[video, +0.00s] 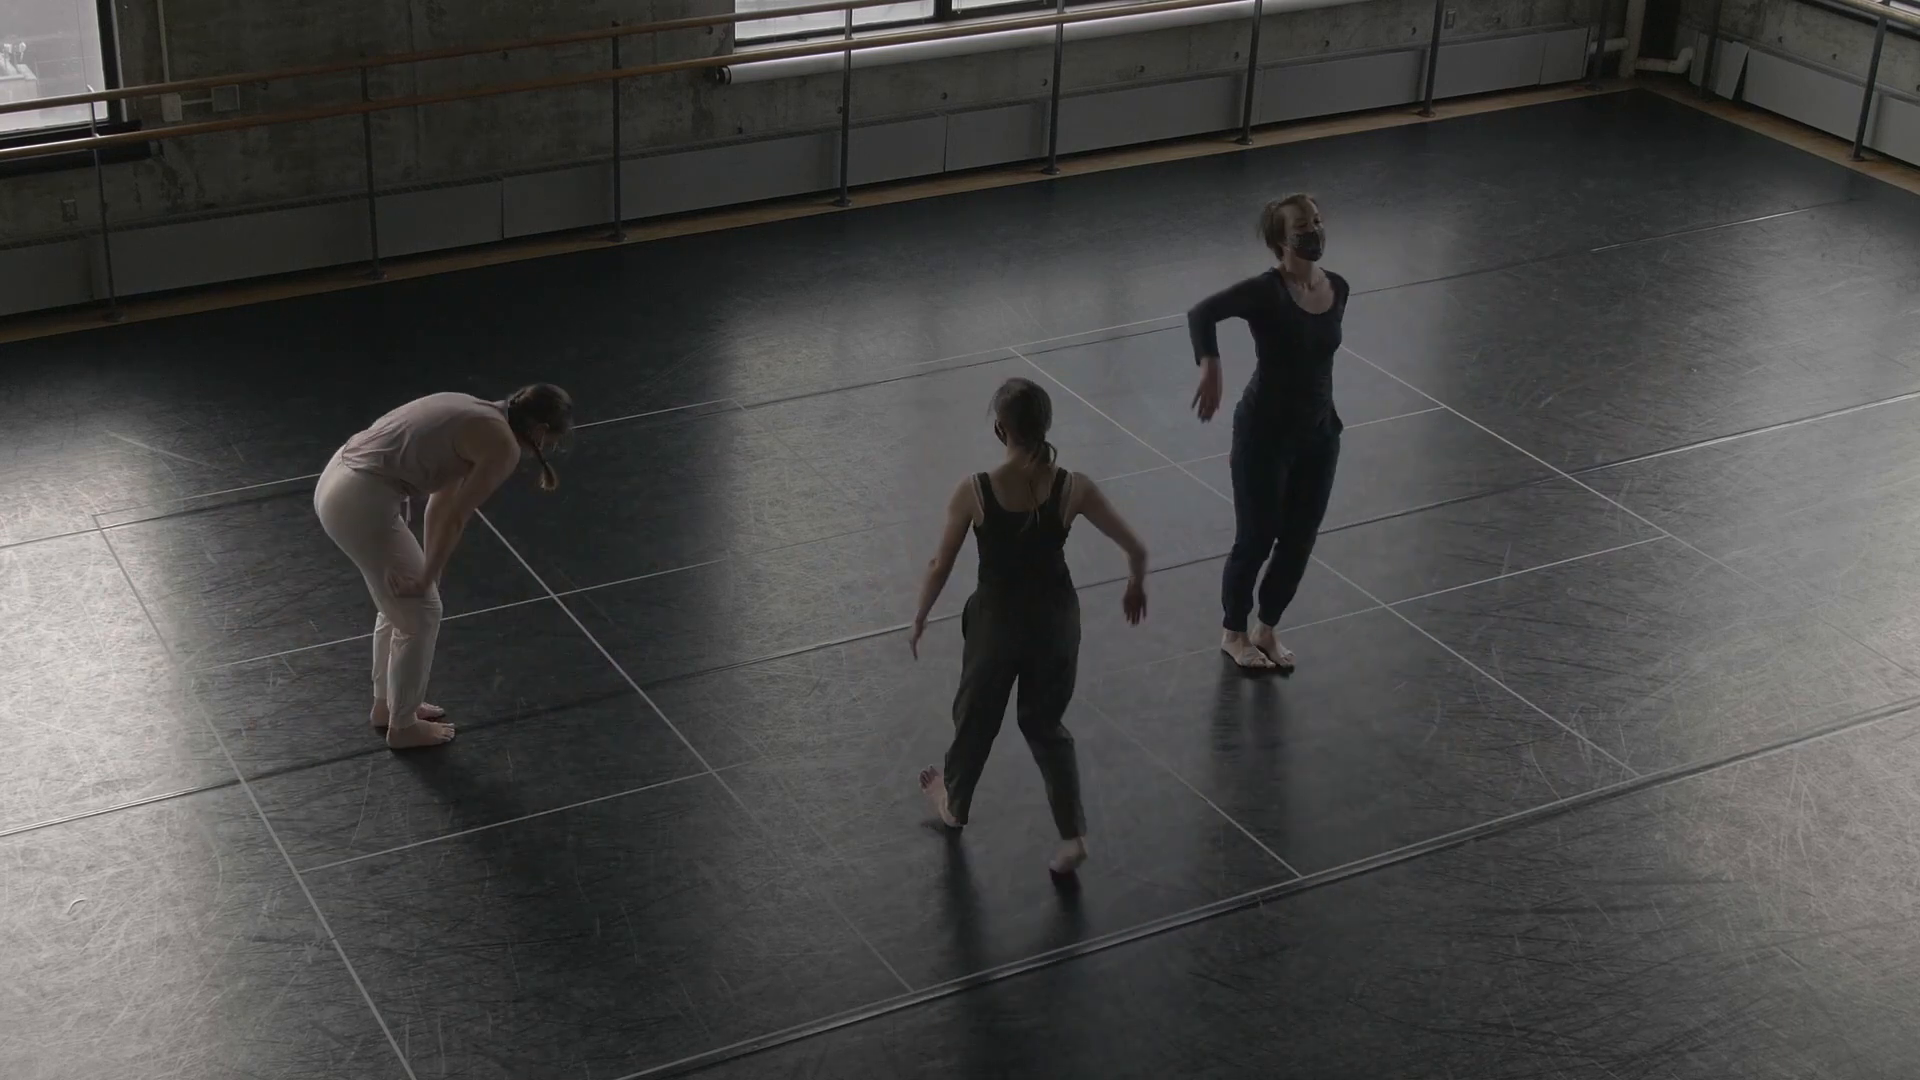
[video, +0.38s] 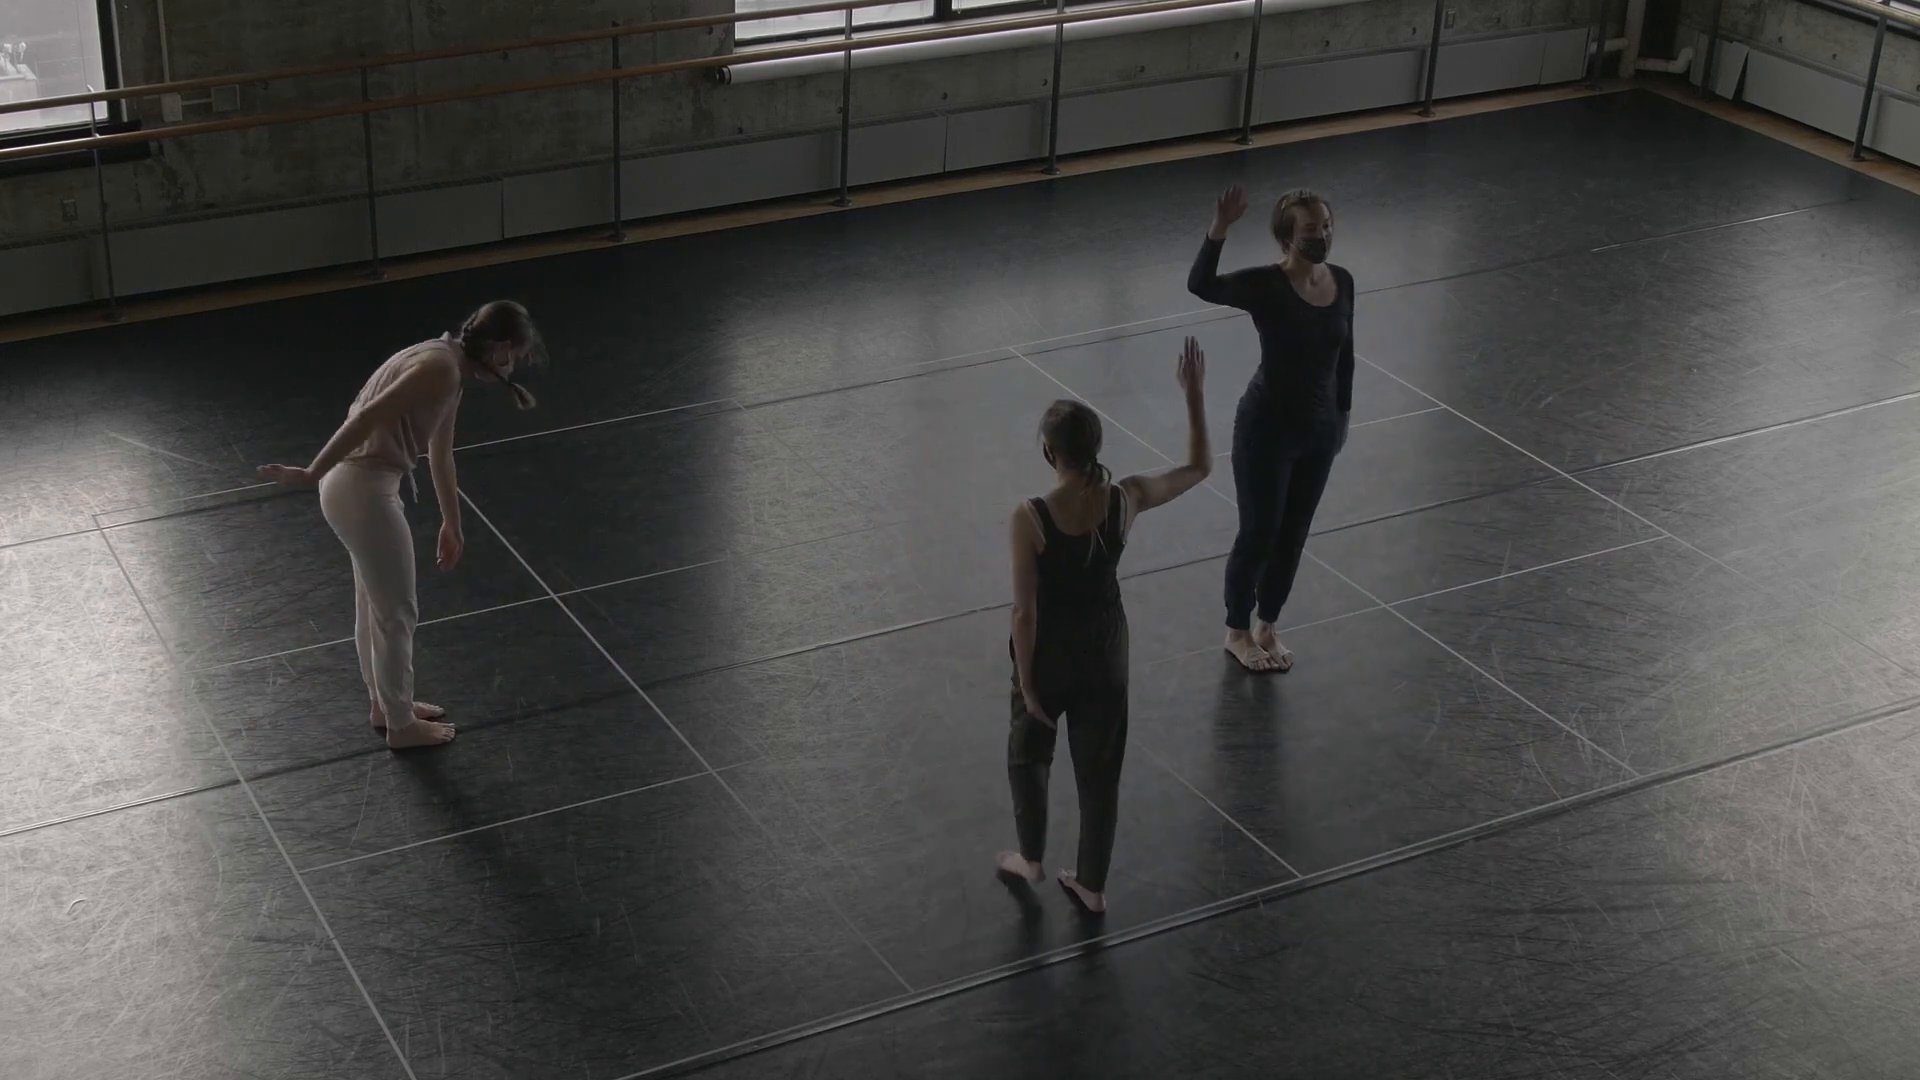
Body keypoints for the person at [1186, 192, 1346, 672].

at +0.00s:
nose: (1314, 230)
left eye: (1317, 222)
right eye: (1302, 227)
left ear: (1325, 229)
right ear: (1280, 241)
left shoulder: (1336, 287)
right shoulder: (1264, 291)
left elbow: (1319, 355)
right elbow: (1200, 315)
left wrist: (1324, 410)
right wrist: (1210, 369)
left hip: (1318, 431)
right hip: (1263, 433)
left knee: (1298, 542)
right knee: (1256, 538)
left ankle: (1265, 630)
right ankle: (1234, 634)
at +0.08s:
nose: (1315, 230)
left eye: (1319, 222)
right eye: (1304, 227)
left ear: (1327, 228)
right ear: (1282, 239)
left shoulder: (1338, 286)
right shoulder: (1265, 286)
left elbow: (1322, 350)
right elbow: (1196, 291)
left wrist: (1324, 407)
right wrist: (1212, 317)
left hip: (1319, 427)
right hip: (1265, 428)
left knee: (1292, 537)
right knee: (1256, 536)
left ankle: (1265, 631)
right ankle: (1234, 634)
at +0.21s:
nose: (1318, 232)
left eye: (1322, 224)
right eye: (1307, 227)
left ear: (1330, 228)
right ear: (1285, 237)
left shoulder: (1340, 283)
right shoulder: (1264, 284)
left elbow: (1331, 349)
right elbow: (1196, 285)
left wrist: (1325, 403)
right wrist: (1211, 259)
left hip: (1318, 425)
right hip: (1265, 425)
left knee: (1291, 535)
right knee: (1257, 532)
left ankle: (1265, 630)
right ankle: (1235, 632)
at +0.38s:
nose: (1319, 236)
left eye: (1324, 227)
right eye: (1308, 229)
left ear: (1331, 229)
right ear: (1286, 235)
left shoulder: (1340, 282)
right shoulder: (1267, 284)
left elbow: (1344, 350)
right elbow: (1201, 285)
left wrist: (1342, 409)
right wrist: (1219, 228)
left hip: (1320, 423)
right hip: (1266, 424)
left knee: (1292, 534)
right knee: (1258, 533)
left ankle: (1266, 629)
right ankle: (1237, 633)